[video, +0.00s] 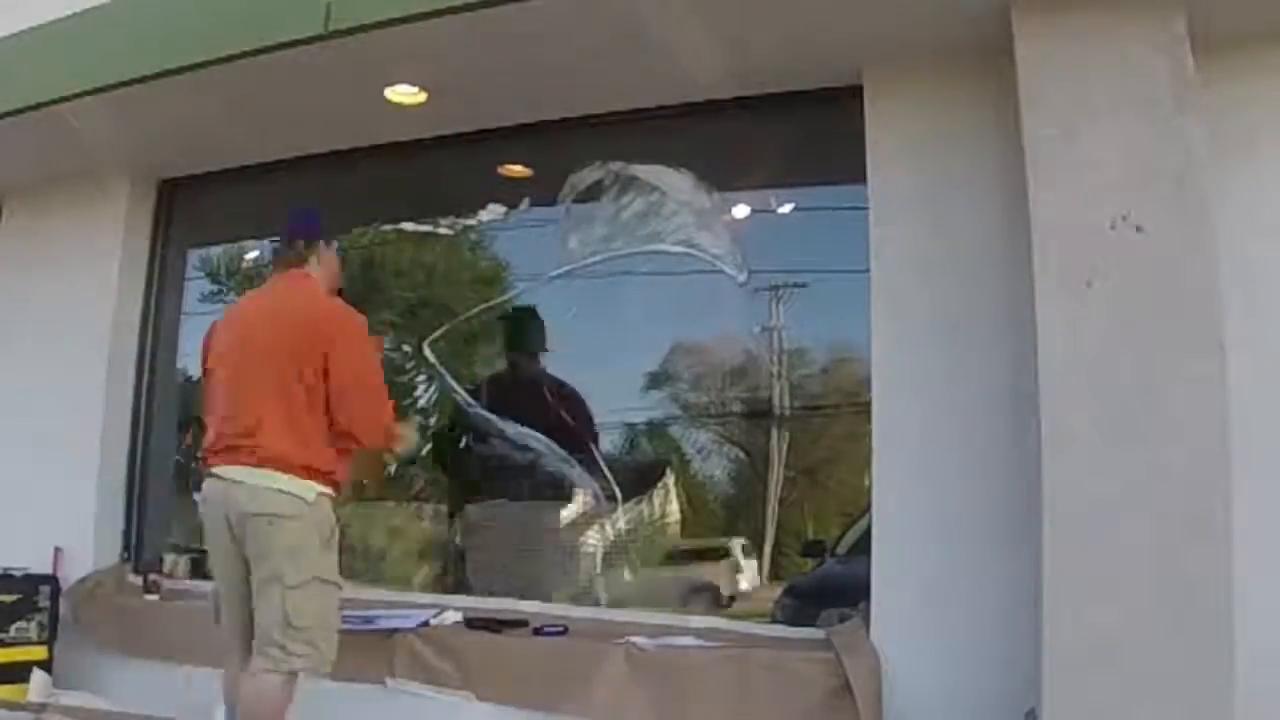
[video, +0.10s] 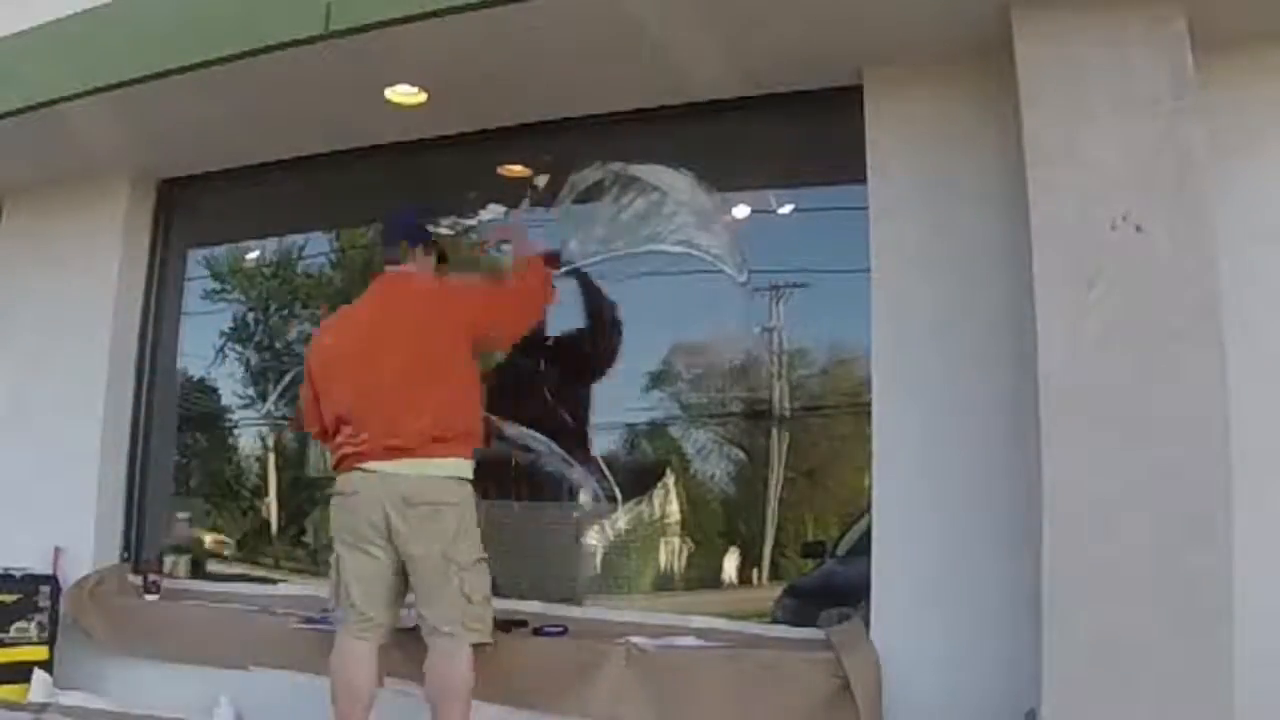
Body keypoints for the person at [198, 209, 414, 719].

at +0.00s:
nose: (339, 267)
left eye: (337, 256)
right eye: (336, 255)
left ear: (281, 259)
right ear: (321, 254)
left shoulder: (229, 319)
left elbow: (217, 411)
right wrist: (395, 435)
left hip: (220, 497)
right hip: (289, 505)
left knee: (241, 647)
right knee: (279, 658)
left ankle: (241, 716)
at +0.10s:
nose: (439, 264)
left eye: (436, 256)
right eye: (435, 256)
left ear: (383, 258)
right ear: (422, 254)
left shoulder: (333, 329)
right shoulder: (451, 300)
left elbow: (315, 419)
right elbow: (524, 305)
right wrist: (529, 257)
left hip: (358, 493)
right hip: (437, 492)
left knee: (358, 629)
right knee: (448, 635)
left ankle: (348, 717)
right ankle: (450, 716)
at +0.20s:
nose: (381, 250)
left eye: (377, 242)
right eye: (376, 242)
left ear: (321, 260)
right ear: (364, 250)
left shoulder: (294, 332)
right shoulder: (419, 290)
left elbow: (280, 423)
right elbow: (479, 261)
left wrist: (336, 419)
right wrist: (480, 205)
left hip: (323, 488)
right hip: (403, 485)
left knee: (325, 626)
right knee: (415, 627)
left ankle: (322, 717)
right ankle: (419, 717)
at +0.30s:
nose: (355, 255)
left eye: (351, 248)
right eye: (352, 247)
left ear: (297, 264)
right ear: (341, 254)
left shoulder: (269, 338)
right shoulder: (391, 290)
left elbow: (258, 431)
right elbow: (451, 261)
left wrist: (310, 420)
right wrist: (442, 210)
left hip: (306, 490)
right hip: (384, 484)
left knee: (315, 629)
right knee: (403, 626)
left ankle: (318, 718)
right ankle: (411, 716)